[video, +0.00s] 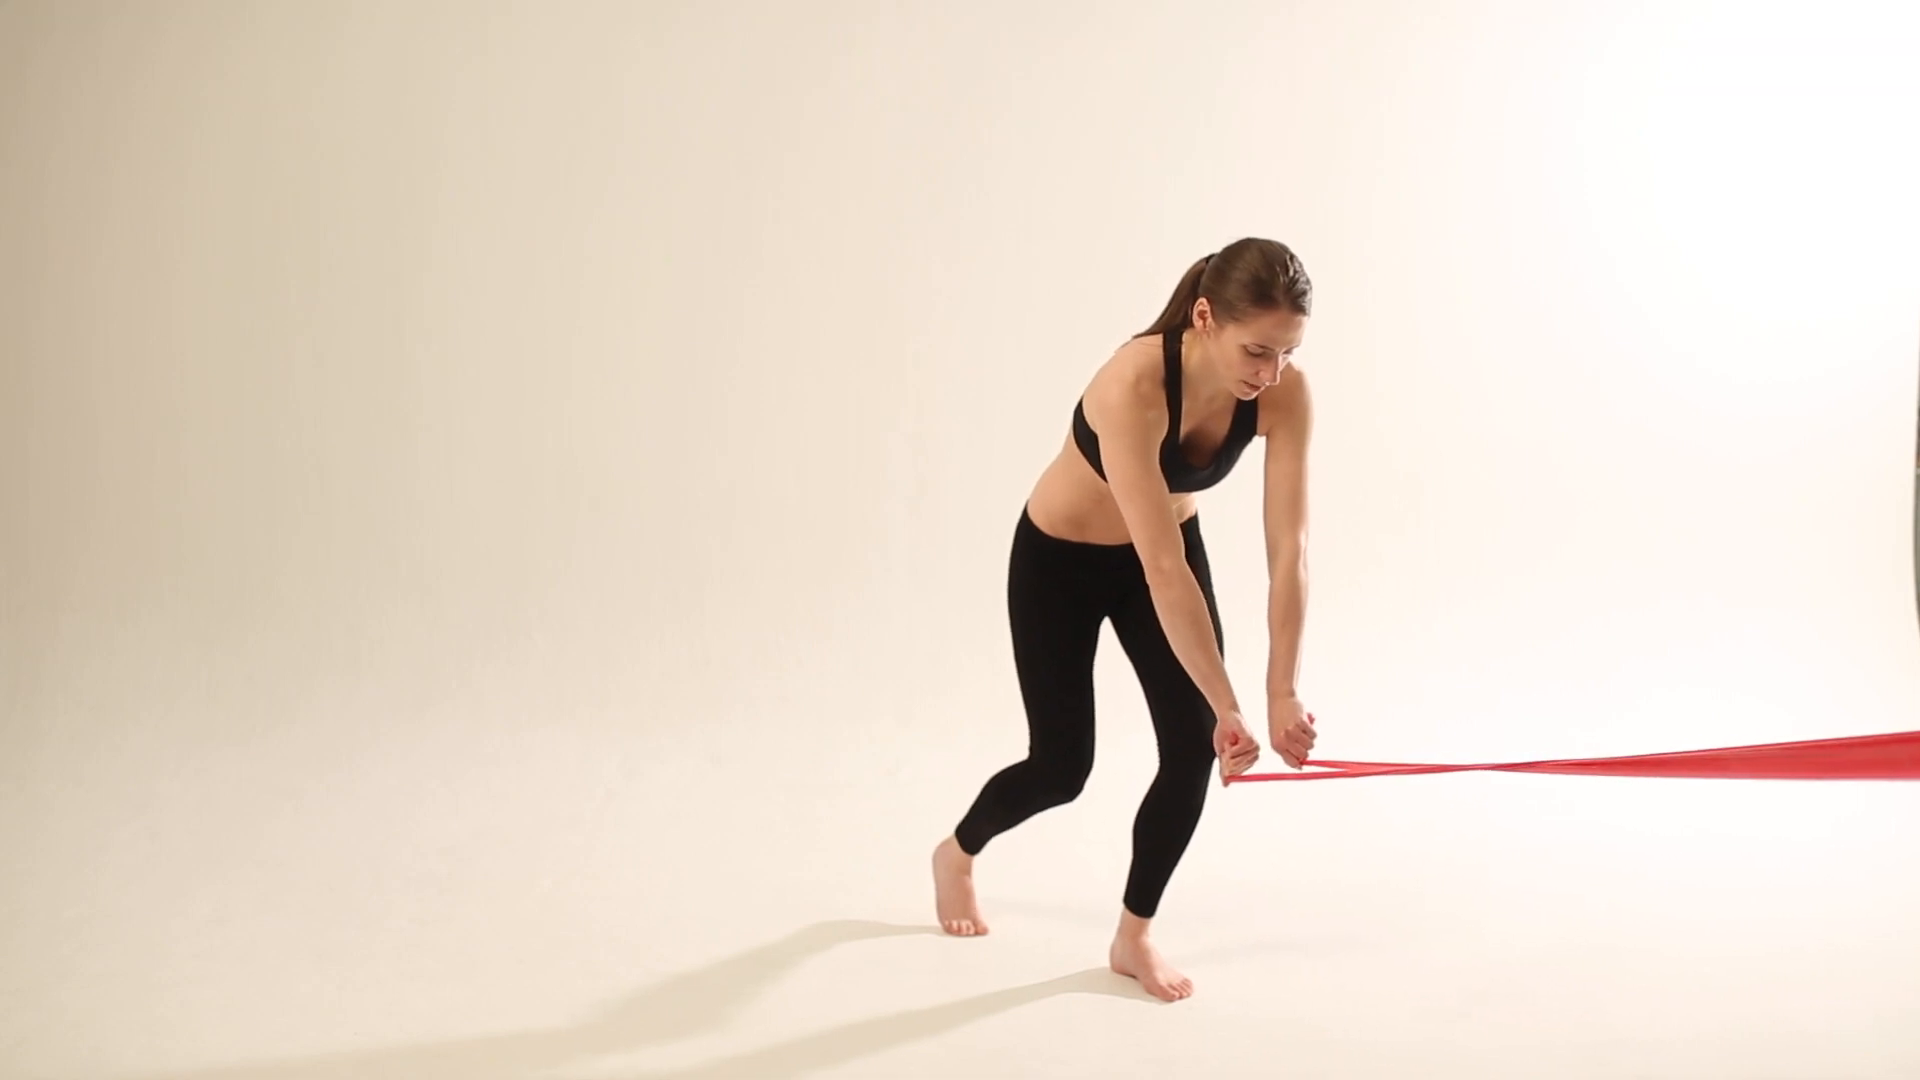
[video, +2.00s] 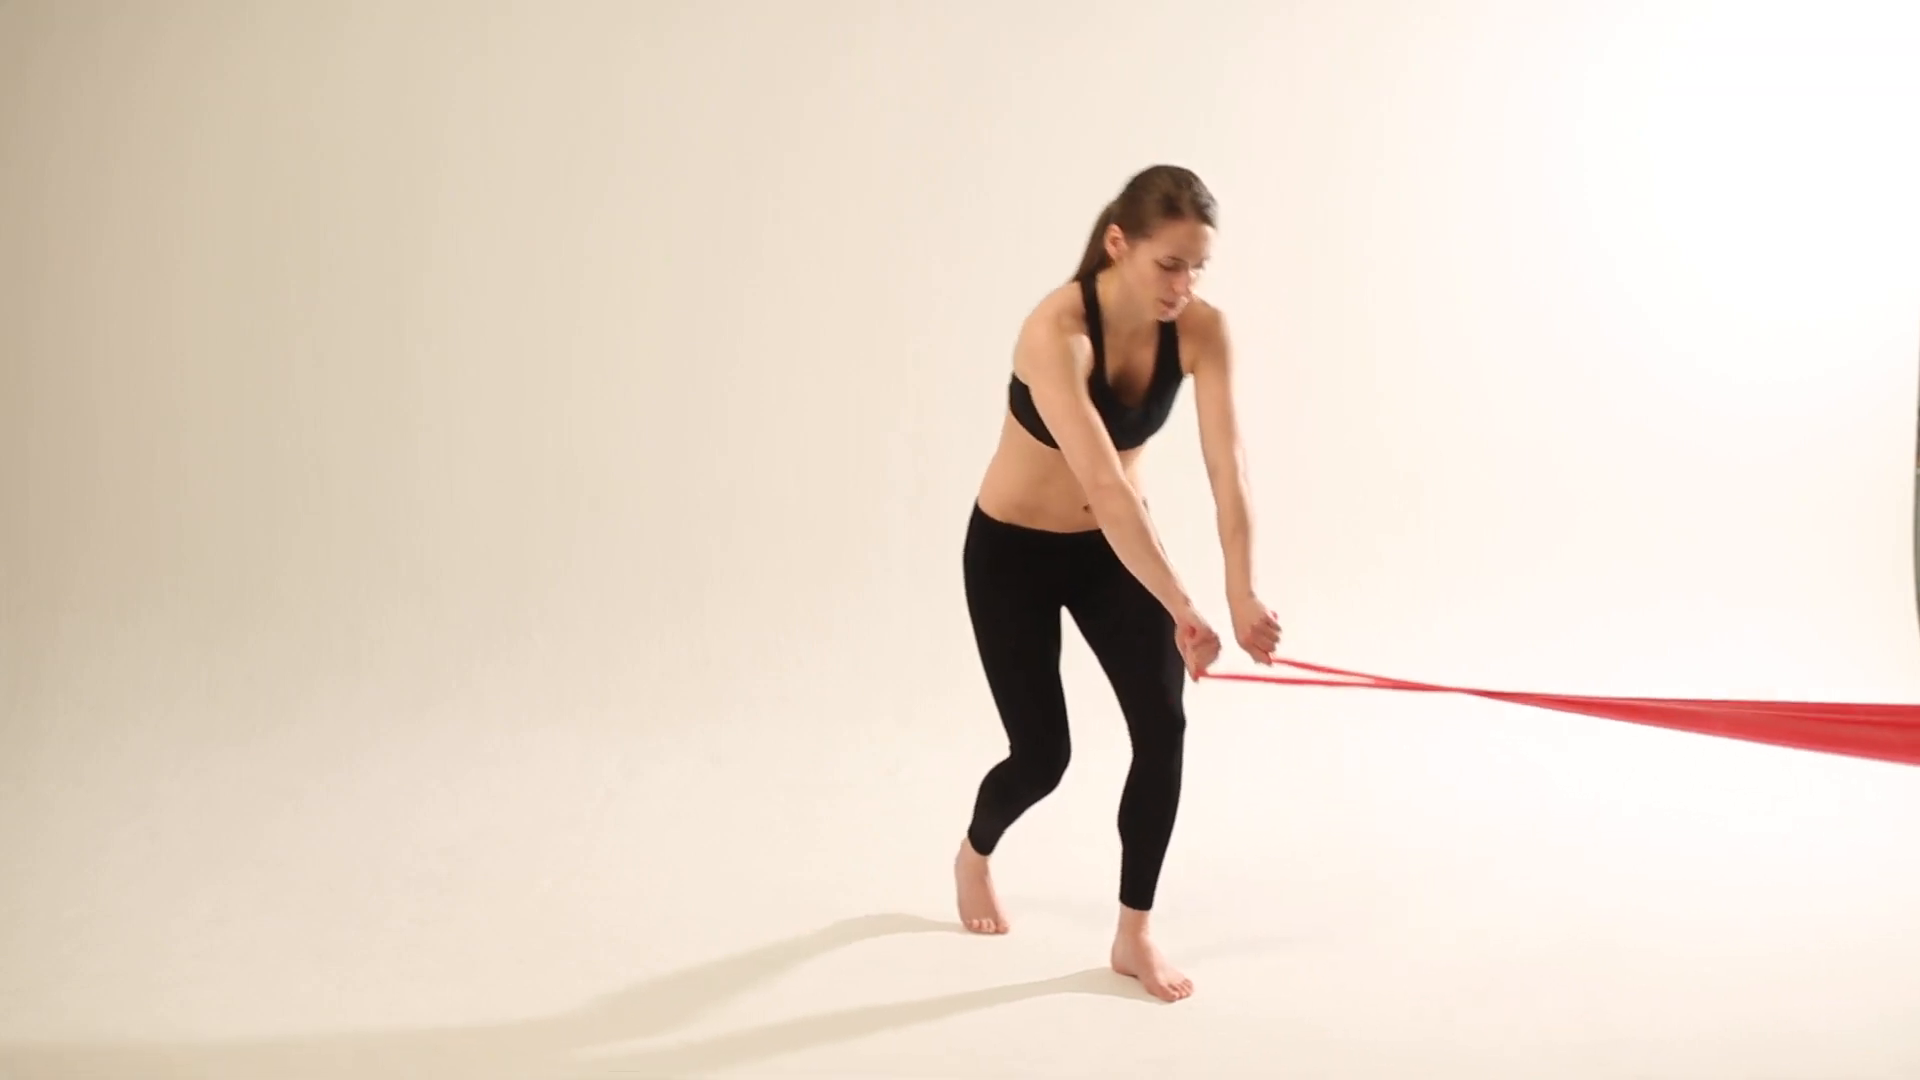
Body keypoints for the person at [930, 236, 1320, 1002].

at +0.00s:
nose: (1274, 371)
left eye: (1287, 352)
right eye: (1259, 350)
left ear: (1301, 332)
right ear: (1203, 319)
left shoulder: (1282, 392)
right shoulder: (1132, 384)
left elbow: (1288, 547)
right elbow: (1164, 570)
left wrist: (1281, 690)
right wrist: (1227, 711)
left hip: (1165, 555)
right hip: (1060, 558)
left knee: (1190, 750)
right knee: (1062, 766)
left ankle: (1133, 931)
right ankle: (956, 851)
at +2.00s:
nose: (1186, 286)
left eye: (1196, 267)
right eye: (1170, 265)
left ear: (1205, 257)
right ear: (1117, 244)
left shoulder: (1198, 326)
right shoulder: (1054, 330)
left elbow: (1224, 465)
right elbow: (1105, 488)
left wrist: (1243, 591)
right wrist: (1182, 612)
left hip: (1114, 549)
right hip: (1013, 552)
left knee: (1161, 732)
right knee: (1042, 755)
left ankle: (1133, 930)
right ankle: (972, 852)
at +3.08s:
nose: (916, 131)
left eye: (923, 116)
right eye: (899, 116)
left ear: (929, 122)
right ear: (853, 121)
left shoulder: (944, 208)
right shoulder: (812, 216)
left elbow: (1014, 295)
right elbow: (719, 325)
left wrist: (1090, 230)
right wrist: (669, 264)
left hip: (944, 456)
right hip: (857, 458)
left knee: (922, 641)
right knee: (901, 641)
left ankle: (871, 803)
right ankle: (938, 842)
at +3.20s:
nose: (905, 132)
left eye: (913, 118)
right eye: (888, 117)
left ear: (921, 123)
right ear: (844, 120)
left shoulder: (935, 207)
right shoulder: (802, 215)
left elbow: (1004, 295)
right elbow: (708, 322)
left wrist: (1089, 235)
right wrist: (643, 267)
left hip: (934, 453)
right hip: (846, 455)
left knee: (916, 638)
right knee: (894, 637)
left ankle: (869, 805)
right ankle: (932, 832)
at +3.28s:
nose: (899, 135)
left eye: (908, 121)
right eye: (883, 119)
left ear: (916, 127)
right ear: (839, 121)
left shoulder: (930, 208)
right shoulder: (797, 216)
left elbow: (997, 301)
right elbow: (706, 326)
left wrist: (1084, 245)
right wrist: (638, 273)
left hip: (931, 453)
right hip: (843, 455)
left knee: (918, 637)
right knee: (889, 633)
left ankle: (870, 804)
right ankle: (928, 832)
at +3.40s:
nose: (894, 137)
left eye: (903, 123)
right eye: (878, 122)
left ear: (913, 127)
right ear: (835, 123)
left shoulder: (928, 208)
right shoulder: (794, 215)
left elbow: (991, 307)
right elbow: (707, 326)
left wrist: (1077, 252)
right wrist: (637, 275)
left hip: (930, 452)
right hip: (842, 454)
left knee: (922, 635)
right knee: (885, 629)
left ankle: (871, 803)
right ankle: (924, 829)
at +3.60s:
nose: (896, 138)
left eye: (906, 125)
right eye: (880, 123)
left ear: (916, 129)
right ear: (839, 123)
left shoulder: (929, 210)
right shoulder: (796, 213)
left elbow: (992, 309)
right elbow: (708, 323)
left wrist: (1075, 253)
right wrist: (641, 268)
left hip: (931, 452)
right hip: (842, 453)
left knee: (924, 633)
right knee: (886, 627)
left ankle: (872, 802)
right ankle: (925, 826)